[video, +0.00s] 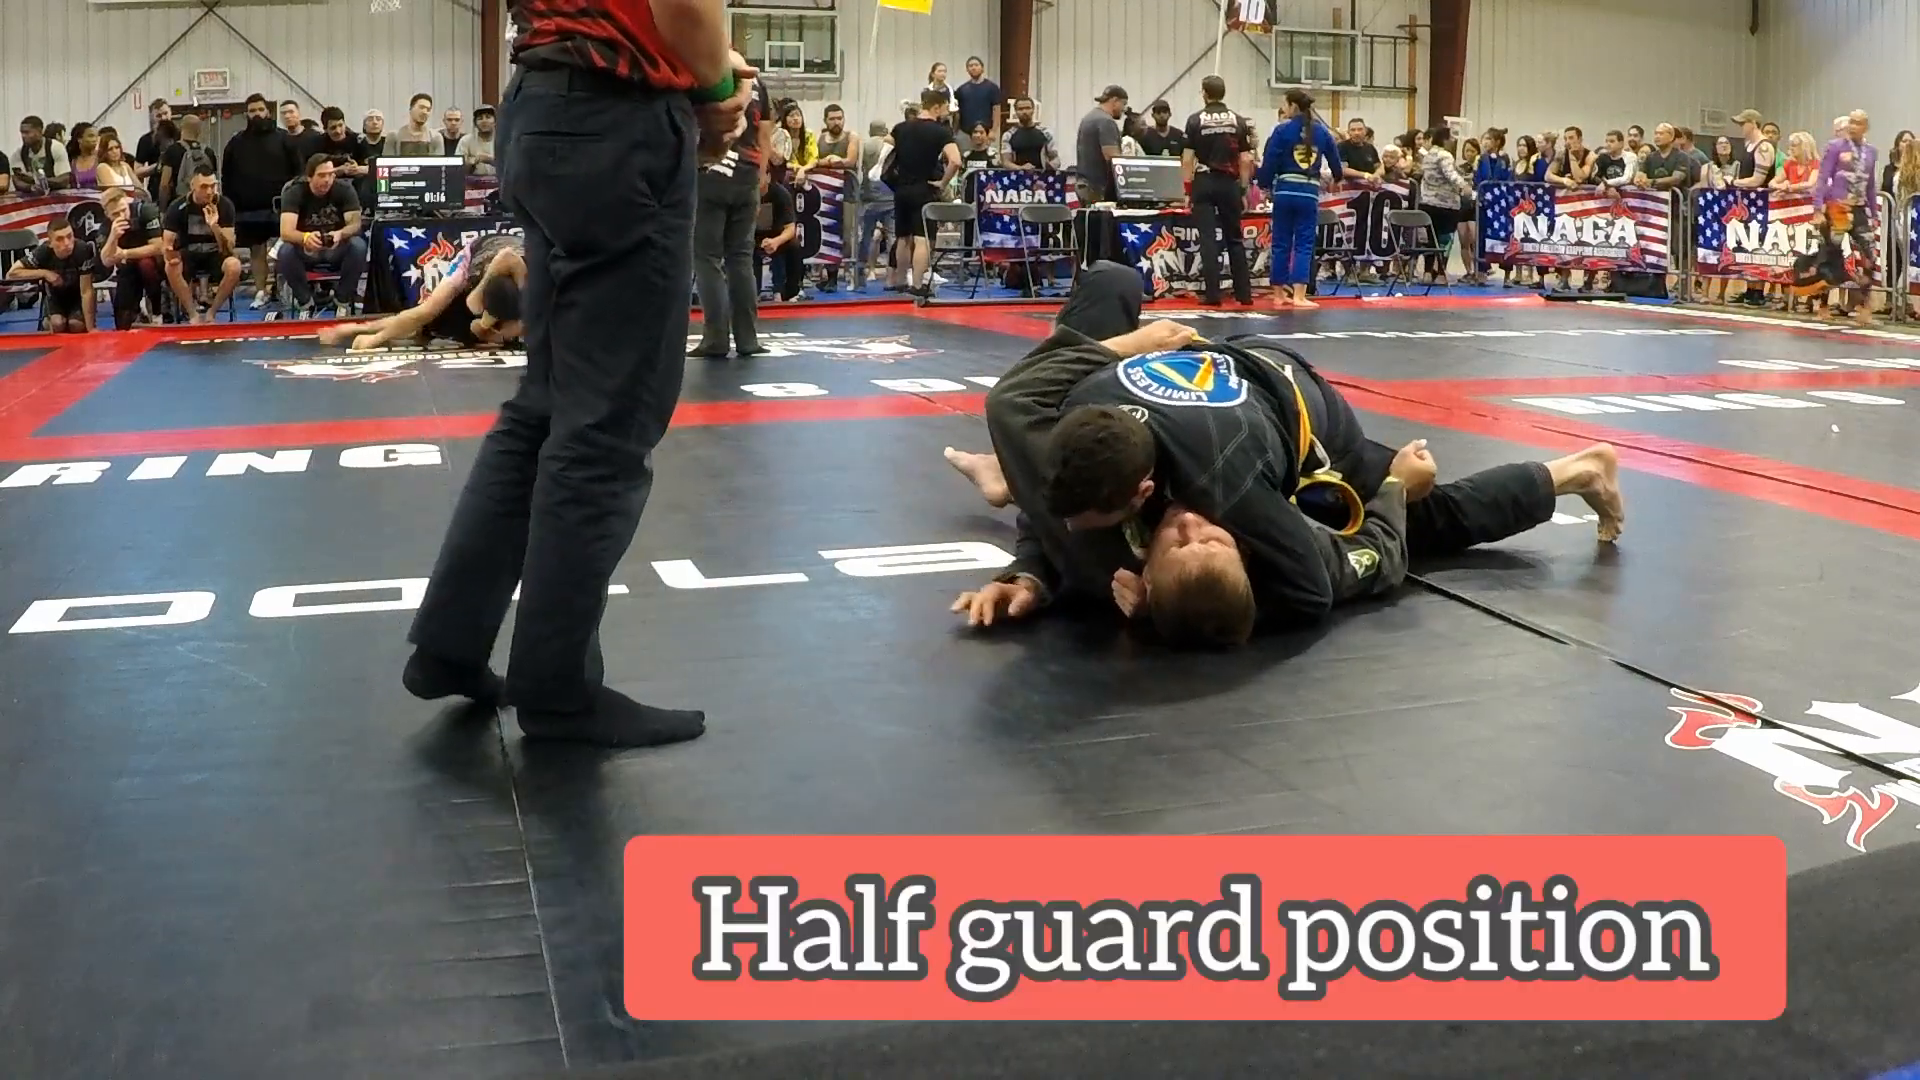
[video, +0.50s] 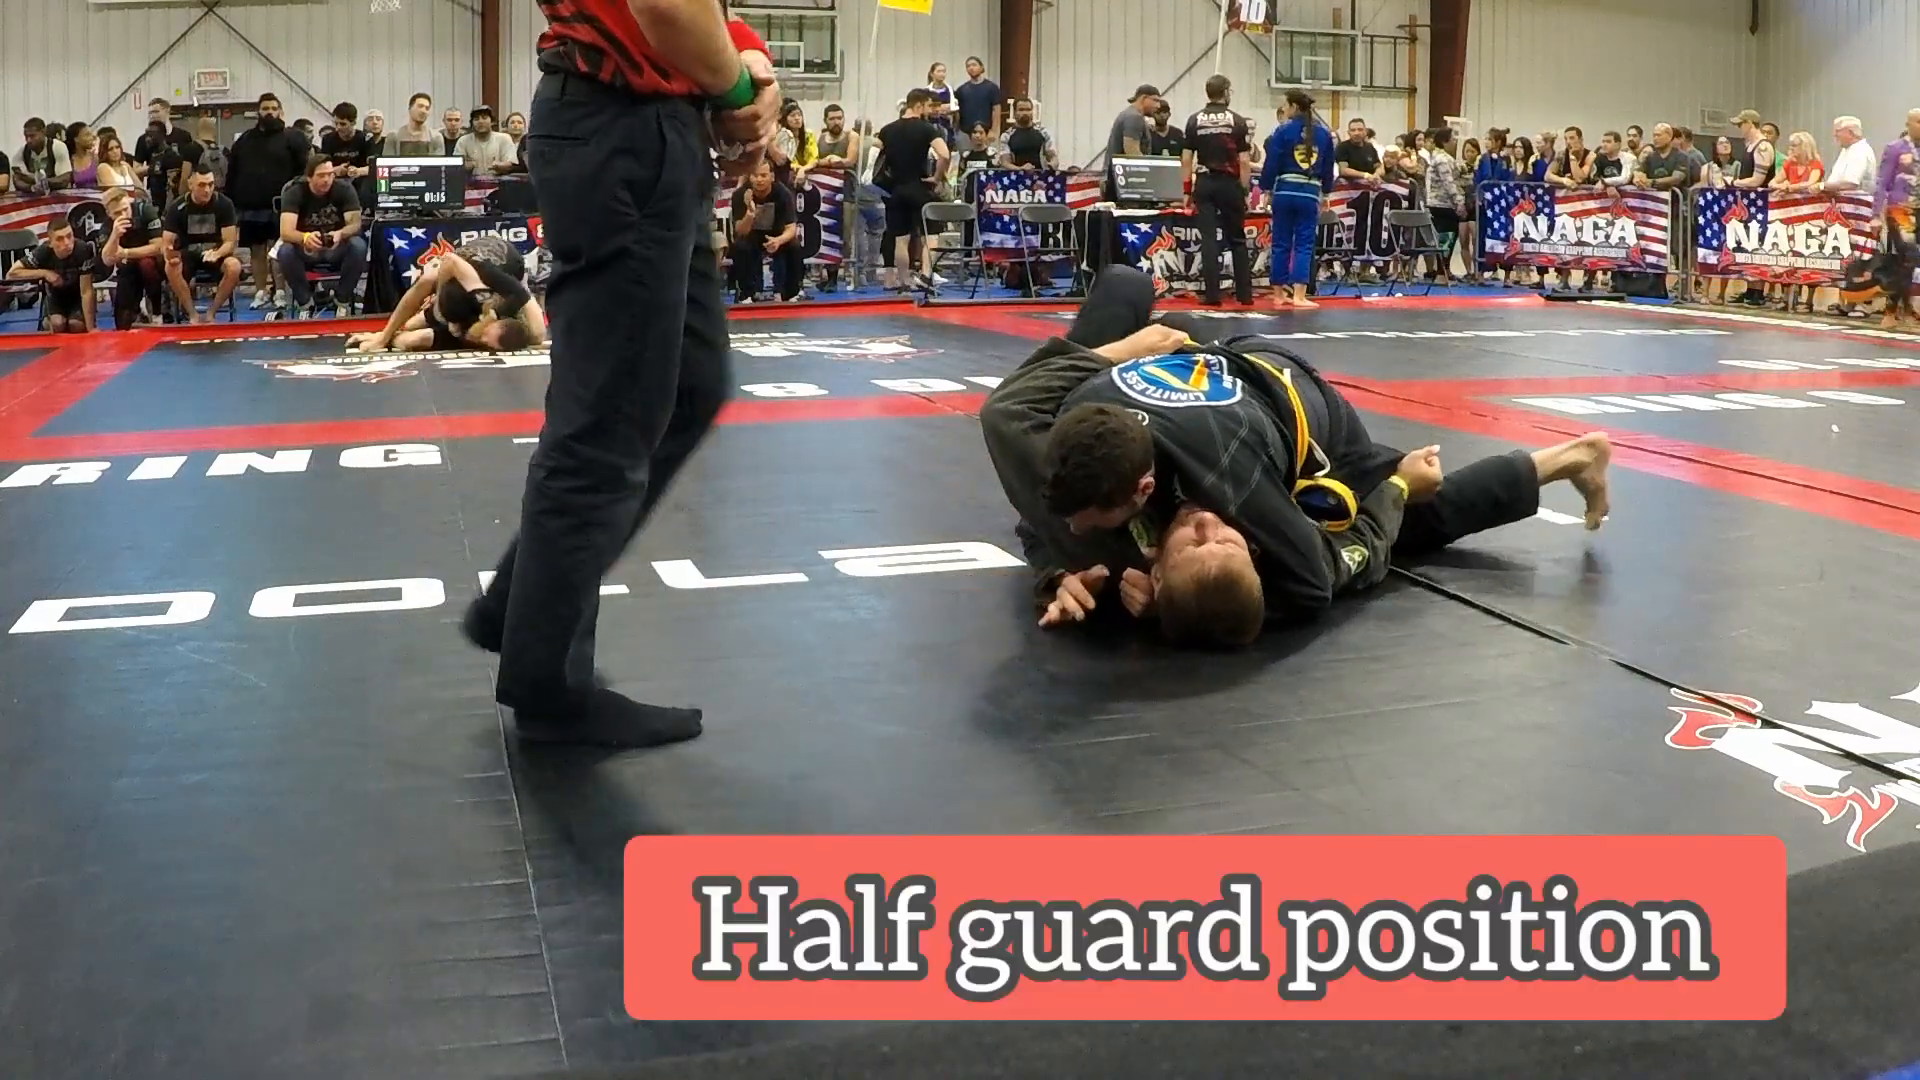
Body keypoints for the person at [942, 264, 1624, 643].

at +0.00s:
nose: (1190, 531)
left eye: (1151, 543)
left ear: (1140, 500)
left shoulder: (1220, 487)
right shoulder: (1022, 421)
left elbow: (1335, 583)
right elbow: (1066, 550)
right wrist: (1025, 583)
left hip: (1299, 410)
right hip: (1205, 354)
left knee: (1421, 529)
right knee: (1103, 280)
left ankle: (1580, 470)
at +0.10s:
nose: (1194, 529)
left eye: (1156, 534)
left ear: (1137, 496)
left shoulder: (1219, 481)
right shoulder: (1020, 418)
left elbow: (1320, 590)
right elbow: (1067, 541)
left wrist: (1154, 599)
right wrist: (1032, 583)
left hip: (1300, 410)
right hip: (1209, 354)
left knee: (1418, 530)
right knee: (1096, 277)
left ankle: (1581, 469)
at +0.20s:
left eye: (1087, 525)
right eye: (1062, 525)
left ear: (1134, 495)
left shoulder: (1221, 486)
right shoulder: (1043, 422)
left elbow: (1322, 583)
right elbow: (1059, 516)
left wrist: (1163, 603)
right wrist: (1051, 569)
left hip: (1296, 408)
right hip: (1213, 355)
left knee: (1423, 530)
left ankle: (1582, 471)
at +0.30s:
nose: (1077, 536)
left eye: (1086, 524)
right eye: (1064, 526)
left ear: (1129, 494)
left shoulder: (1218, 488)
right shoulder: (1053, 424)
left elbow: (1314, 586)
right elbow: (1072, 525)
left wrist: (1167, 604)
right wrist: (1058, 574)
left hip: (1303, 412)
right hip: (1228, 355)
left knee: (1421, 525)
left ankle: (1577, 472)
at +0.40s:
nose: (1080, 536)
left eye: (1089, 525)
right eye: (1063, 527)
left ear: (1135, 494)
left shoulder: (1224, 482)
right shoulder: (1061, 425)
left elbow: (1315, 589)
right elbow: (1056, 524)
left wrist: (1164, 598)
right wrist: (1067, 577)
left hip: (1305, 409)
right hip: (1231, 358)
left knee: (1408, 526)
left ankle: (1566, 469)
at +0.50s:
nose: (1083, 536)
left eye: (1093, 525)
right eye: (1069, 526)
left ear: (1139, 493)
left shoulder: (1226, 478)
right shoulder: (1058, 425)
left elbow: (1315, 593)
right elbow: (1062, 524)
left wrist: (1161, 597)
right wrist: (1070, 573)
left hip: (1308, 412)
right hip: (1226, 357)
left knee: (1413, 527)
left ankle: (1572, 458)